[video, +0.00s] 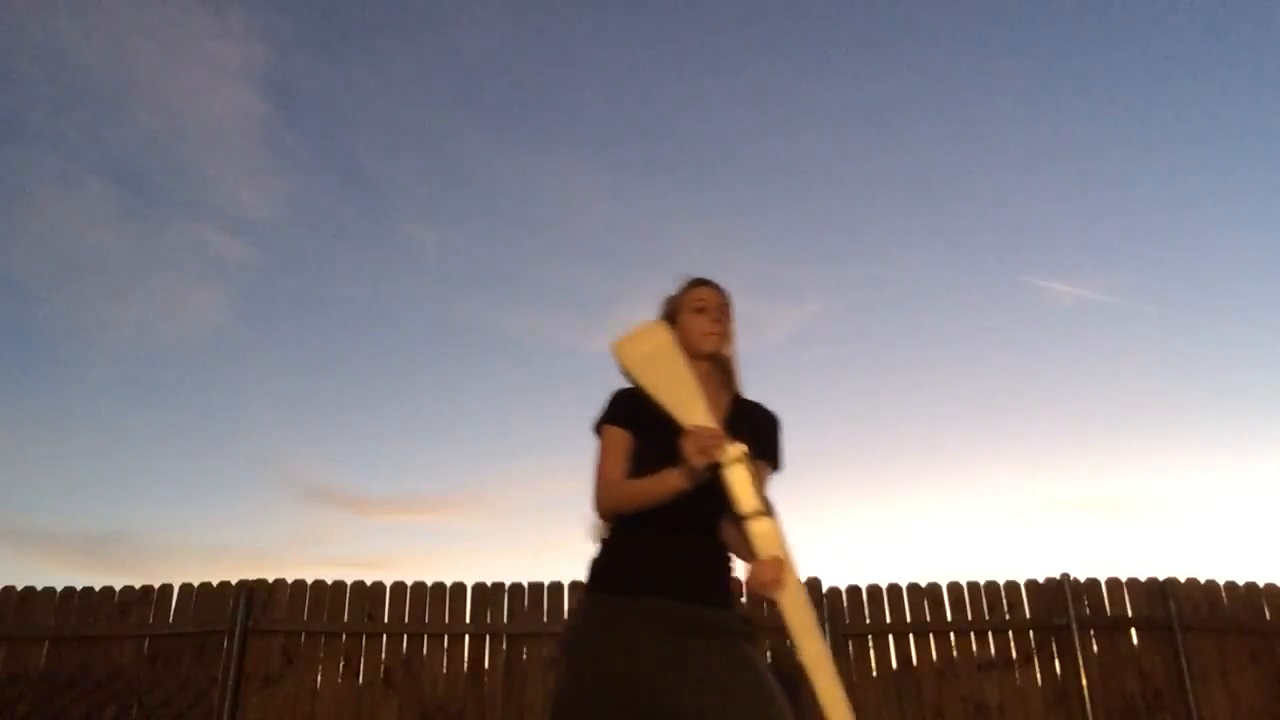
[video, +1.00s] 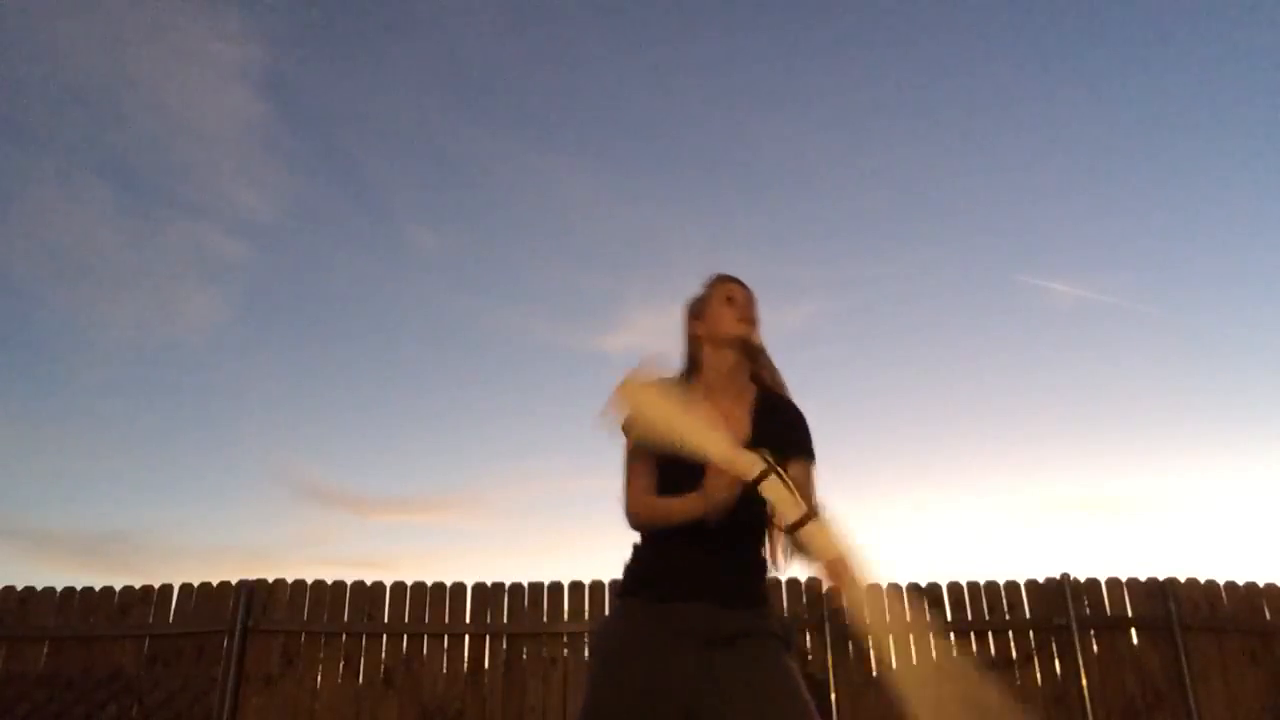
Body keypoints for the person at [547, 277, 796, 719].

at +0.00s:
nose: (715, 319)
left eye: (723, 312)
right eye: (700, 310)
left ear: (731, 328)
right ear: (672, 325)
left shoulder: (753, 421)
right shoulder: (633, 403)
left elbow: (732, 518)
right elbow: (608, 499)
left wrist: (759, 559)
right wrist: (685, 473)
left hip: (707, 608)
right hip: (623, 604)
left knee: (760, 709)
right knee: (599, 708)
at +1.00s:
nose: (741, 310)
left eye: (747, 307)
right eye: (727, 300)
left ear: (754, 331)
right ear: (696, 323)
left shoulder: (780, 415)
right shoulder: (657, 406)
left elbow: (800, 513)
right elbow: (638, 508)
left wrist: (830, 559)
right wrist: (704, 500)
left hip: (742, 613)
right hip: (652, 610)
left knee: (789, 710)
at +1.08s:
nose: (710, 296)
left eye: (718, 291)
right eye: (698, 288)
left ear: (729, 313)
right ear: (672, 310)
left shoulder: (766, 397)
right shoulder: (638, 394)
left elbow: (806, 477)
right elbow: (609, 498)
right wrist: (657, 519)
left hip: (733, 592)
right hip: (643, 596)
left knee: (770, 708)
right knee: (621, 708)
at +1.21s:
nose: (686, 293)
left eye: (691, 291)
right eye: (671, 286)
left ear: (697, 313)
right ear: (639, 308)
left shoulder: (725, 378)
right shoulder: (606, 399)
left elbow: (820, 399)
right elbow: (570, 505)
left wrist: (845, 329)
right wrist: (594, 569)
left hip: (713, 586)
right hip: (629, 590)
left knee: (737, 708)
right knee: (618, 710)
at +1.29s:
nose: (666, 296)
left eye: (672, 291)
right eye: (649, 288)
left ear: (680, 314)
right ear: (620, 313)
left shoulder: (707, 381)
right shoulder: (591, 405)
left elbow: (802, 376)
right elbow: (556, 501)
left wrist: (807, 284)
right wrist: (548, 555)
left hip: (695, 590)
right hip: (610, 593)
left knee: (717, 706)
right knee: (600, 708)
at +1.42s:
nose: (632, 306)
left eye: (641, 303)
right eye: (619, 300)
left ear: (652, 327)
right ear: (594, 323)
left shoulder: (677, 387)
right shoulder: (566, 413)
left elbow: (776, 410)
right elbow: (527, 515)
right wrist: (496, 519)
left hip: (663, 591)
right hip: (580, 596)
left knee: (684, 706)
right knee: (576, 707)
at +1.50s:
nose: (610, 307)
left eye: (620, 305)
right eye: (598, 304)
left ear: (634, 330)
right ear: (576, 329)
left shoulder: (660, 394)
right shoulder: (549, 416)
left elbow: (754, 441)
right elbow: (502, 514)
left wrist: (773, 419)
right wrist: (471, 486)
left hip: (639, 592)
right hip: (559, 596)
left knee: (655, 706)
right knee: (556, 708)